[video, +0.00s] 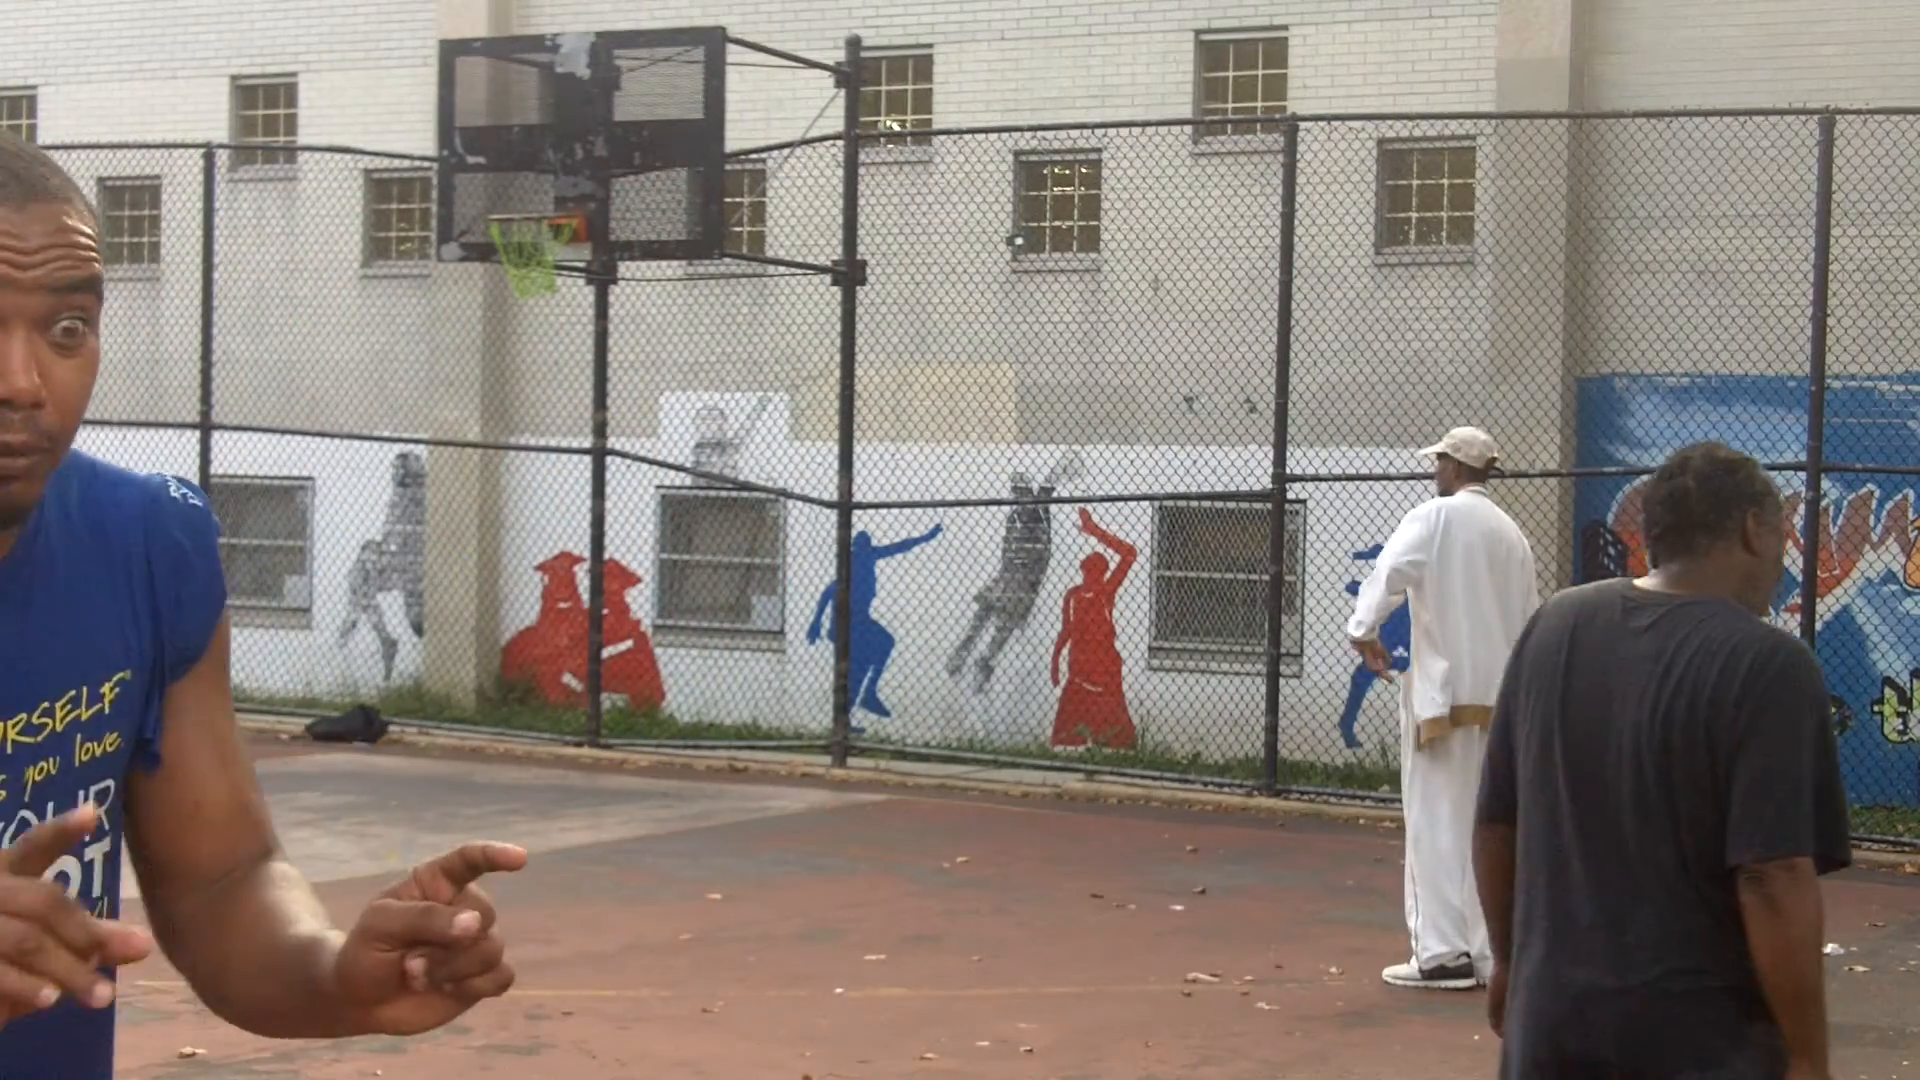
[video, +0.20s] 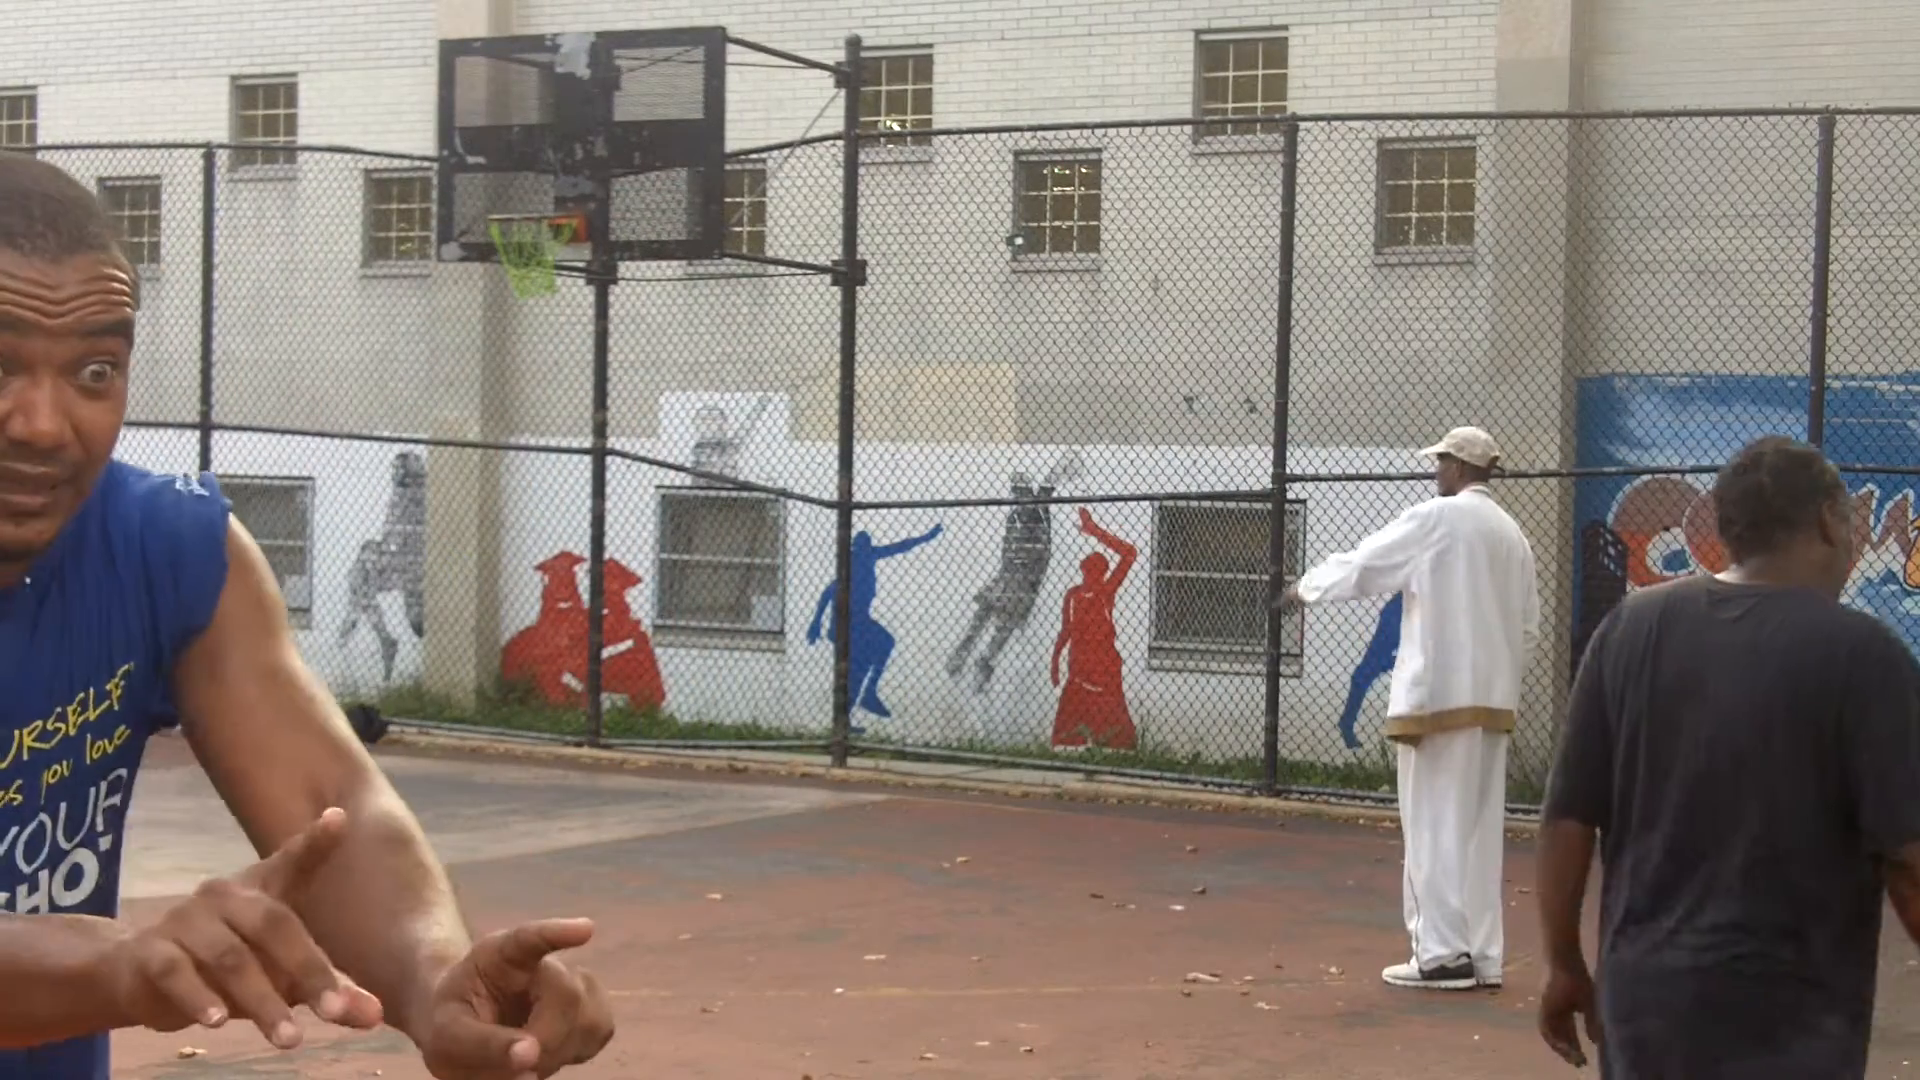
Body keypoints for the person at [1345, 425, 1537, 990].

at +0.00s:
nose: (1433, 475)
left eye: (1437, 467)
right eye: (1435, 467)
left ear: (1453, 469)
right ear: (1483, 473)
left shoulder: (1435, 517)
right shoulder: (1515, 534)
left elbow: (1388, 577)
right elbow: (1531, 611)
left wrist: (1364, 634)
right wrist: (1510, 670)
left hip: (1446, 694)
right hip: (1509, 698)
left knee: (1435, 825)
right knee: (1493, 828)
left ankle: (1442, 953)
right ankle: (1489, 953)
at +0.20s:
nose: (1435, 474)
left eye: (1443, 465)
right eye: (1438, 465)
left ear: (1461, 470)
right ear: (1485, 473)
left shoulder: (1438, 518)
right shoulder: (1515, 535)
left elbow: (1367, 564)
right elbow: (1529, 625)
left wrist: (1307, 587)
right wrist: (1500, 679)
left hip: (1439, 694)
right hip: (1494, 696)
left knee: (1432, 822)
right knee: (1480, 823)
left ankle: (1441, 954)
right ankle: (1482, 955)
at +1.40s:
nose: (1436, 474)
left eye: (1442, 465)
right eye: (1439, 465)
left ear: (1458, 469)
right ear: (1487, 474)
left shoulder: (1434, 516)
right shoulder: (1519, 538)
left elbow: (1349, 534)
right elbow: (1532, 630)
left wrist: (1312, 501)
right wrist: (1495, 679)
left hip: (1438, 690)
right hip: (1494, 697)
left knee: (1436, 822)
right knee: (1483, 824)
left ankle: (1444, 953)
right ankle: (1485, 956)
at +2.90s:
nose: (1424, 473)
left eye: (1433, 464)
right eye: (1426, 463)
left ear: (1461, 469)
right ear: (1476, 475)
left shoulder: (1443, 519)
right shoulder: (1510, 532)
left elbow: (1374, 566)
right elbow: (1526, 622)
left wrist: (1399, 510)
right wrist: (1498, 679)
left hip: (1445, 691)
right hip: (1495, 695)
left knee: (1442, 823)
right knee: (1482, 824)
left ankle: (1447, 953)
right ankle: (1484, 956)